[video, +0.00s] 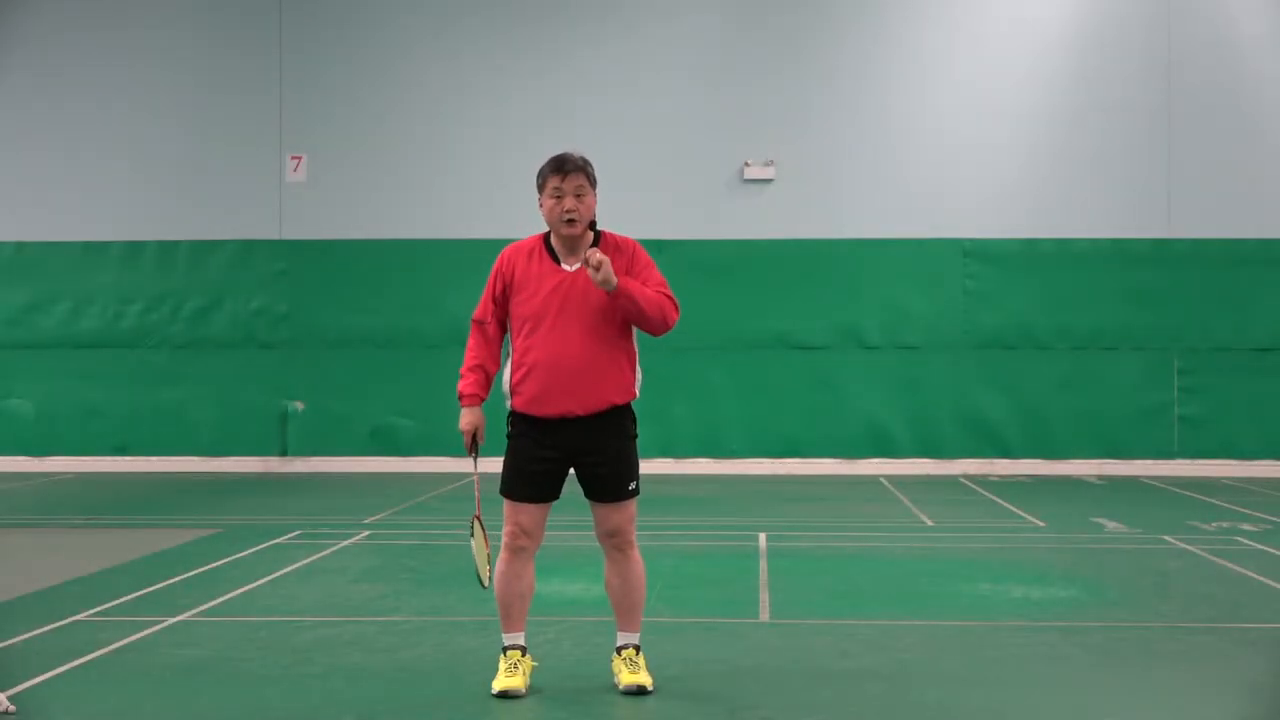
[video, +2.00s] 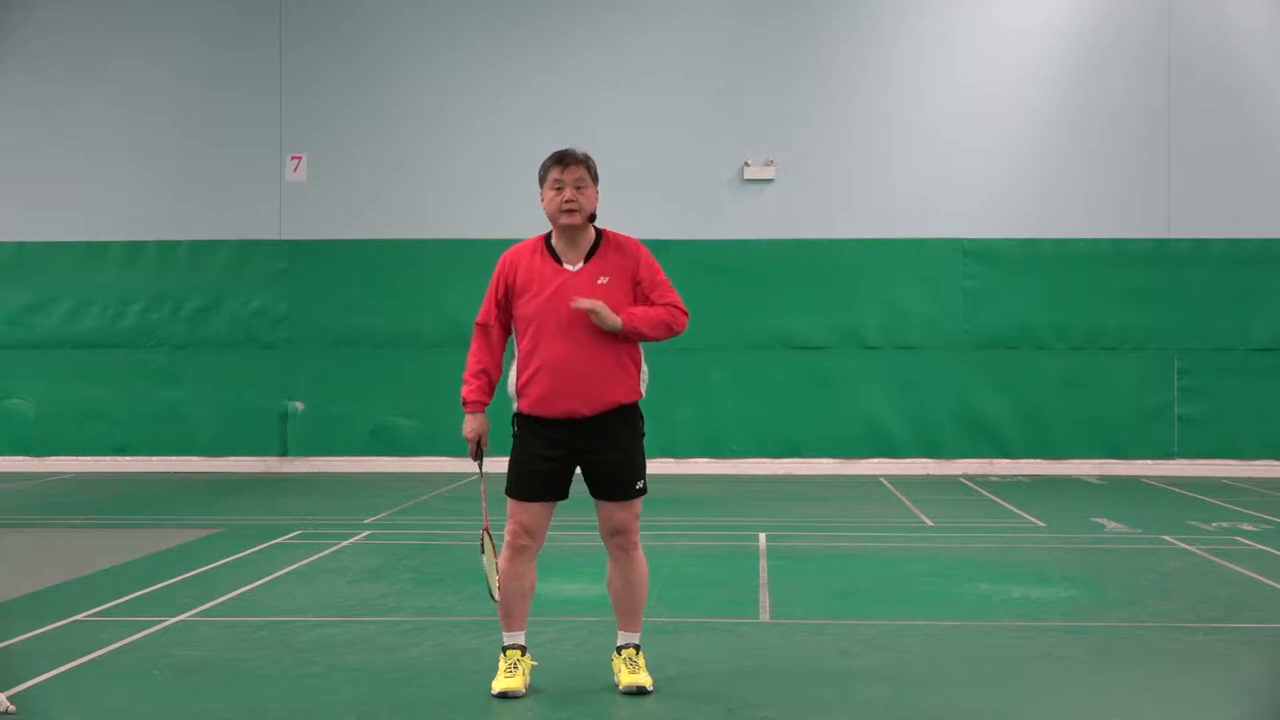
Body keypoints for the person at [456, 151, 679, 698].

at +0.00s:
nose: (568, 205)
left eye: (578, 195)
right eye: (557, 196)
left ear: (594, 199)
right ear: (541, 204)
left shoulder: (624, 254)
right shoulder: (514, 261)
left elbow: (663, 317)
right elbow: (486, 330)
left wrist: (614, 286)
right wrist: (471, 401)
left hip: (607, 420)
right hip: (533, 423)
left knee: (619, 536)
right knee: (518, 538)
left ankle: (629, 650)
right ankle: (513, 652)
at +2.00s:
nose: (568, 195)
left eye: (579, 186)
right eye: (557, 187)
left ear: (596, 196)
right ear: (542, 198)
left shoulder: (628, 255)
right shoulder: (516, 263)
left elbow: (674, 316)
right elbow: (489, 334)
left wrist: (620, 321)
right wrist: (476, 407)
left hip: (613, 420)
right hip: (539, 423)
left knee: (623, 535)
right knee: (521, 536)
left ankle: (629, 650)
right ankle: (513, 651)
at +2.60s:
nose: (635, 189)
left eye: (645, 182)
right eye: (623, 182)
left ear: (661, 195)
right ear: (606, 197)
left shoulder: (689, 262)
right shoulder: (578, 259)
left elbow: (710, 328)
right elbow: (545, 329)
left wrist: (701, 345)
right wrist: (533, 401)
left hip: (662, 419)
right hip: (591, 416)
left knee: (647, 547)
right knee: (569, 536)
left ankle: (633, 650)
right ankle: (553, 642)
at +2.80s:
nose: (643, 187)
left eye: (653, 179)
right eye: (632, 180)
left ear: (671, 191)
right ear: (615, 193)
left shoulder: (695, 259)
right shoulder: (584, 257)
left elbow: (719, 339)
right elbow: (549, 330)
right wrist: (536, 400)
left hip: (671, 419)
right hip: (600, 416)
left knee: (655, 538)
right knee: (595, 536)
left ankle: (636, 649)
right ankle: (600, 653)